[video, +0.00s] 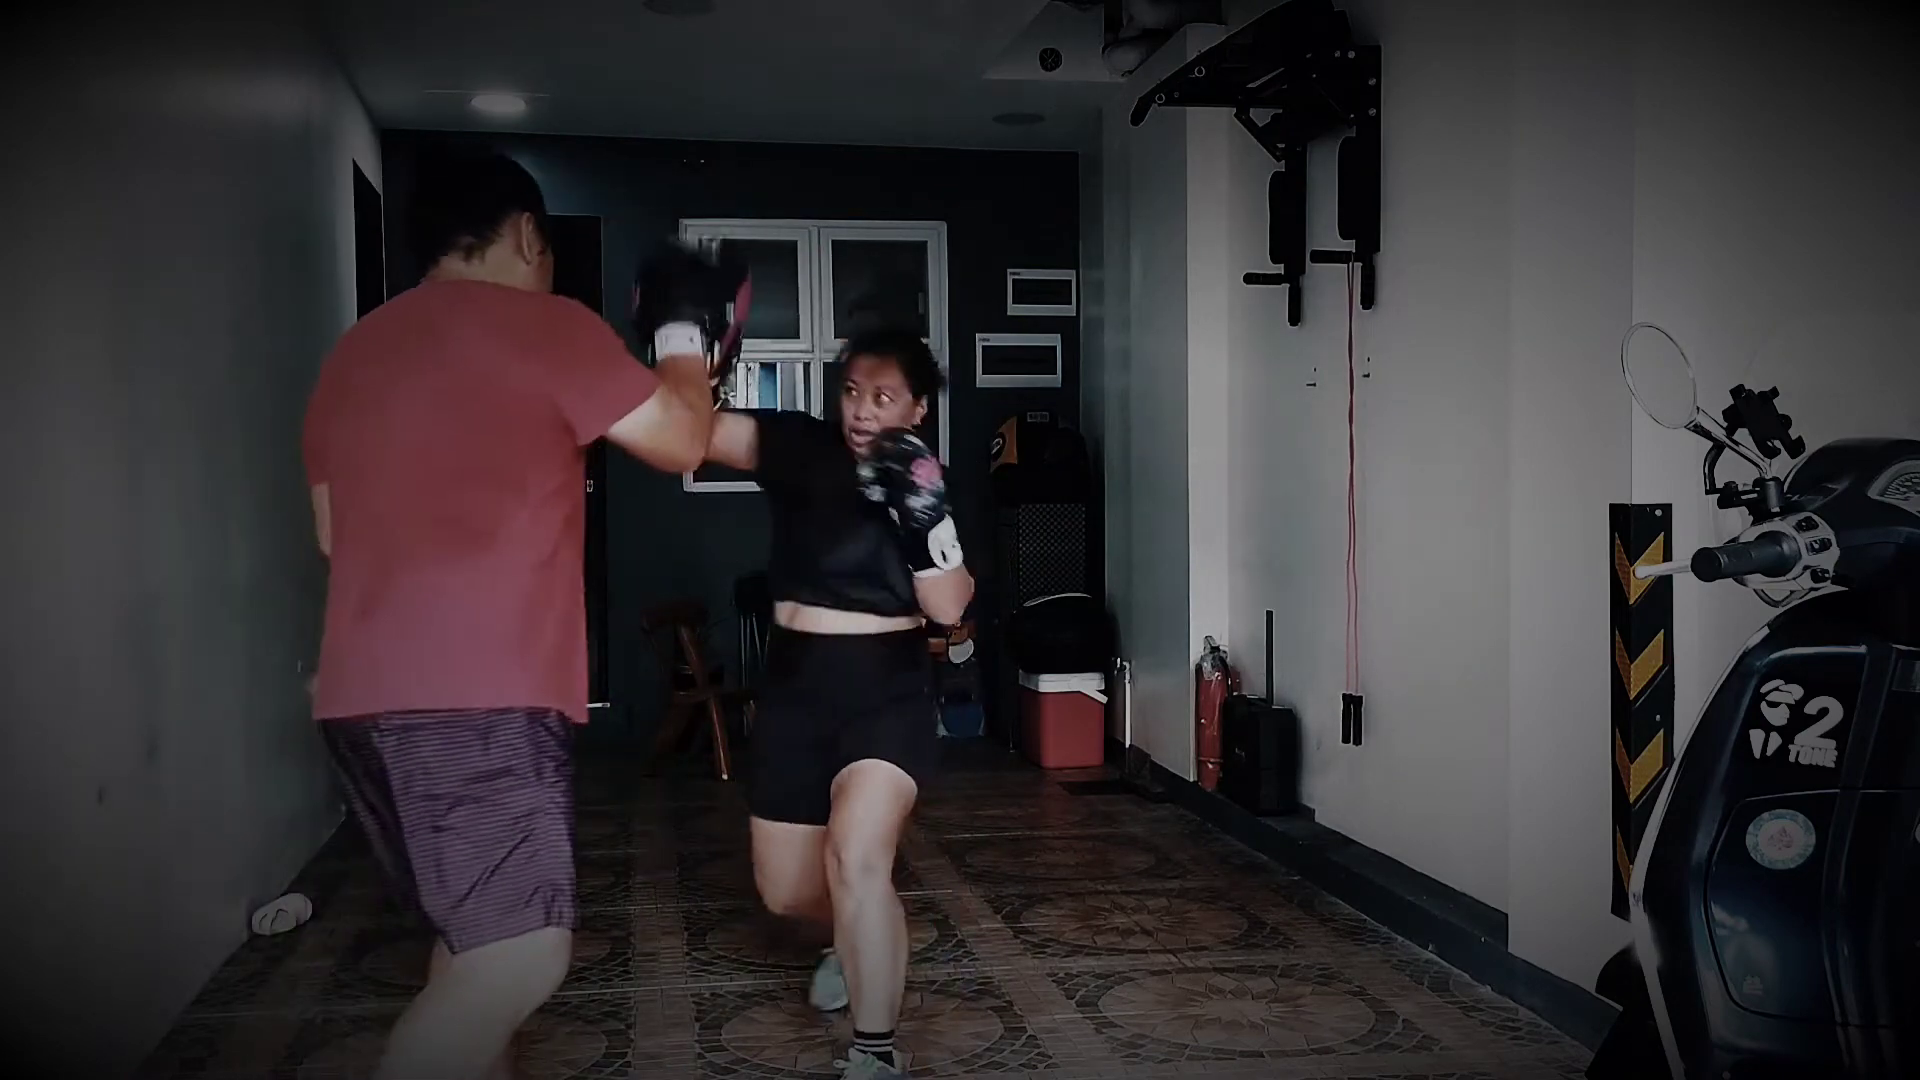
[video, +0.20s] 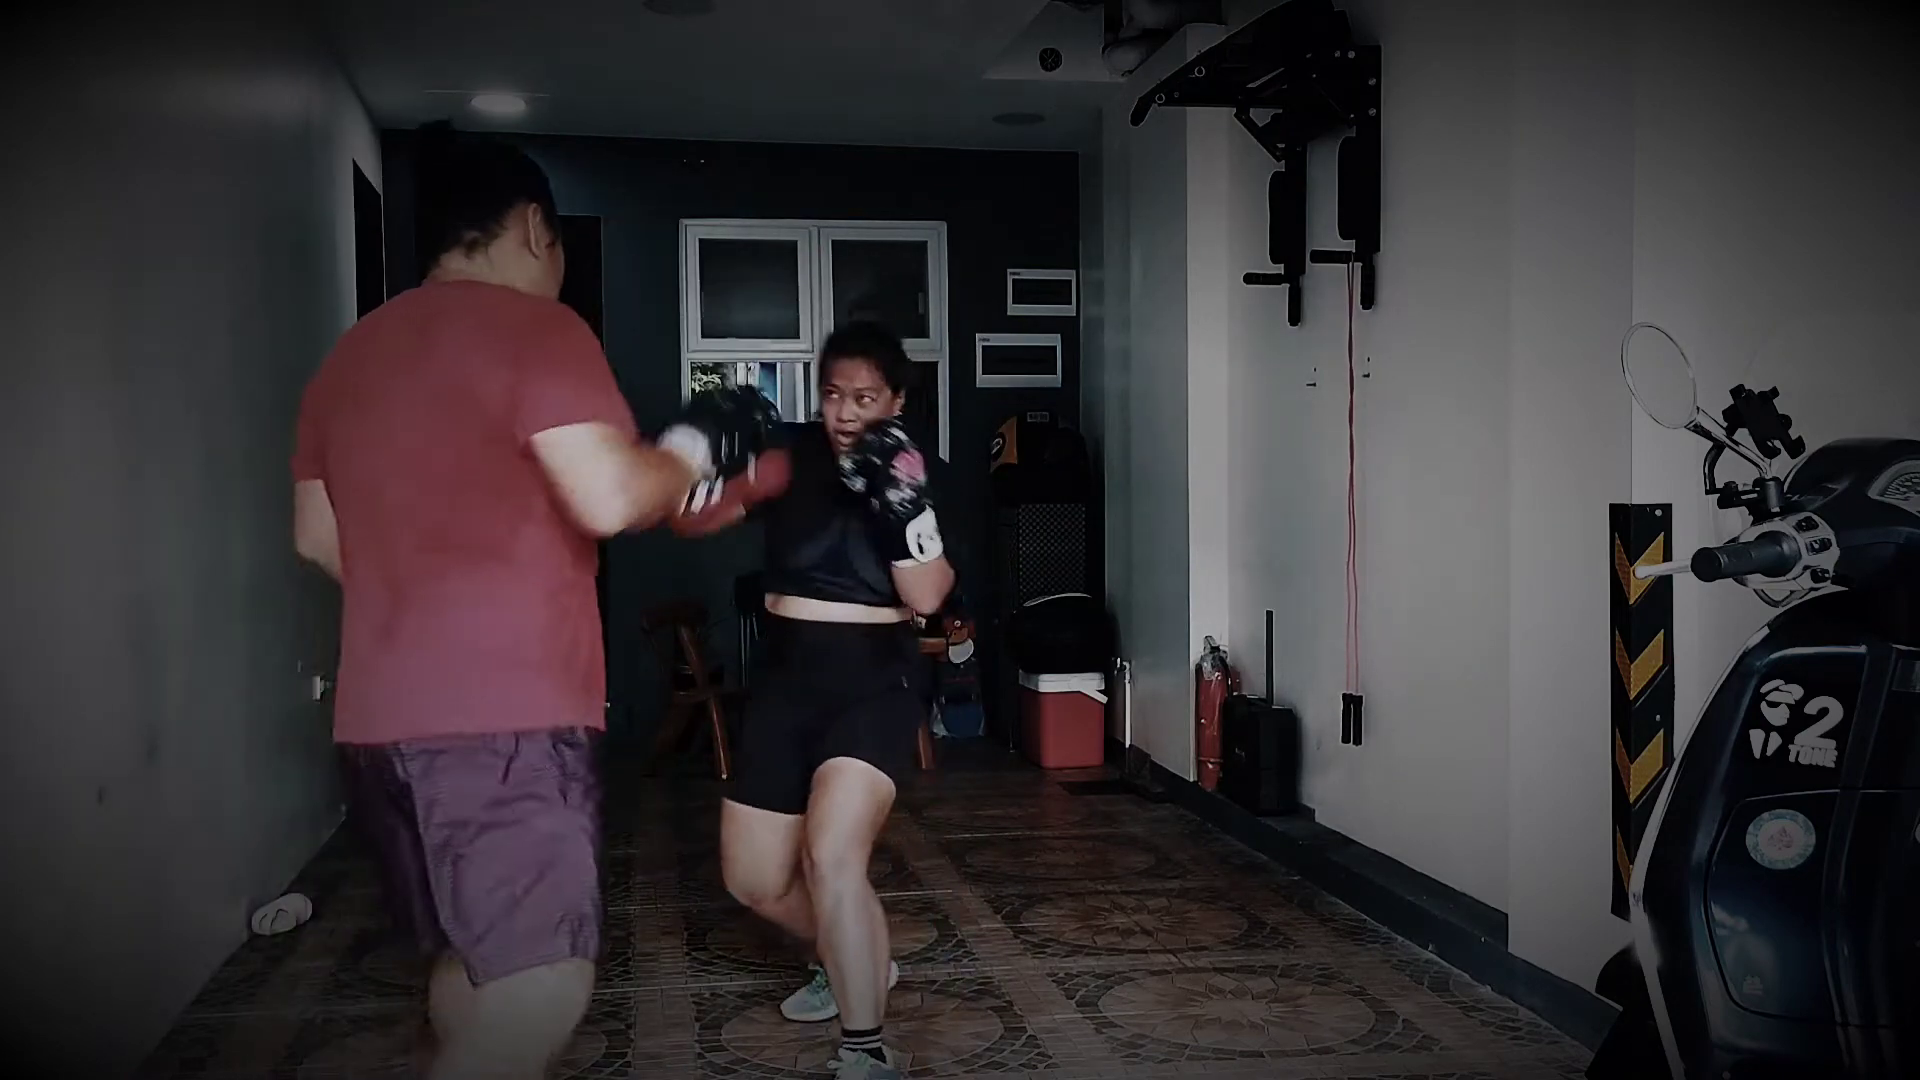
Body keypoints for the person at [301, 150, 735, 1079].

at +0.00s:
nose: (546, 265)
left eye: (541, 248)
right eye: (541, 246)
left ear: (428, 244)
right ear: (515, 234)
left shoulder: (350, 353)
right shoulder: (547, 328)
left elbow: (332, 534)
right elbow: (684, 441)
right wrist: (686, 341)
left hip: (357, 691)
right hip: (481, 686)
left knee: (467, 935)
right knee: (519, 952)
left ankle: (477, 1066)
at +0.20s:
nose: (560, 278)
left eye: (557, 256)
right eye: (558, 252)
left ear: (439, 240)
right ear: (532, 225)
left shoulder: (345, 358)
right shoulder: (532, 327)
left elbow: (319, 535)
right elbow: (612, 499)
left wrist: (434, 588)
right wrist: (690, 449)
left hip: (381, 717)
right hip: (504, 713)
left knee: (463, 961)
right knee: (537, 985)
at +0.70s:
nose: (565, 234)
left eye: (563, 210)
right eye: (562, 208)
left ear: (440, 196)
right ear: (540, 192)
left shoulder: (324, 319)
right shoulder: (545, 295)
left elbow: (285, 522)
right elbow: (631, 501)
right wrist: (673, 448)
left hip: (337, 729)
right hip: (489, 731)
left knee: (395, 988)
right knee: (507, 1019)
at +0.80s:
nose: (550, 247)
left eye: (549, 225)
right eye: (549, 222)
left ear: (418, 211)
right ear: (527, 206)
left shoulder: (307, 332)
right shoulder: (533, 305)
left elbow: (294, 483)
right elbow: (646, 497)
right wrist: (667, 410)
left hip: (325, 740)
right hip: (479, 747)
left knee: (385, 999)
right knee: (506, 1021)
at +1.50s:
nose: (497, 281)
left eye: (500, 262)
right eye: (499, 258)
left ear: (384, 229)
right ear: (475, 238)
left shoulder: (286, 330)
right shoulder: (449, 326)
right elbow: (603, 460)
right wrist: (610, 341)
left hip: (286, 734)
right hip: (396, 744)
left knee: (392, 1002)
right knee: (426, 1018)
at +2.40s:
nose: (477, 277)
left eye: (478, 256)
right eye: (478, 252)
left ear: (355, 234)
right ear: (444, 235)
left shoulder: (263, 343)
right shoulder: (425, 335)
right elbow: (587, 453)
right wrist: (612, 358)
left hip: (257, 720)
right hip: (353, 731)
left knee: (332, 985)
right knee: (367, 995)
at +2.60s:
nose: (477, 359)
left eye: (477, 342)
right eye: (476, 337)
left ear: (364, 325)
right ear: (447, 325)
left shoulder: (264, 435)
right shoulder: (441, 413)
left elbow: (232, 599)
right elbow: (582, 486)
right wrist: (617, 406)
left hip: (241, 775)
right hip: (364, 786)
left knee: (331, 933)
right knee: (413, 1007)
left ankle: (320, 1063)